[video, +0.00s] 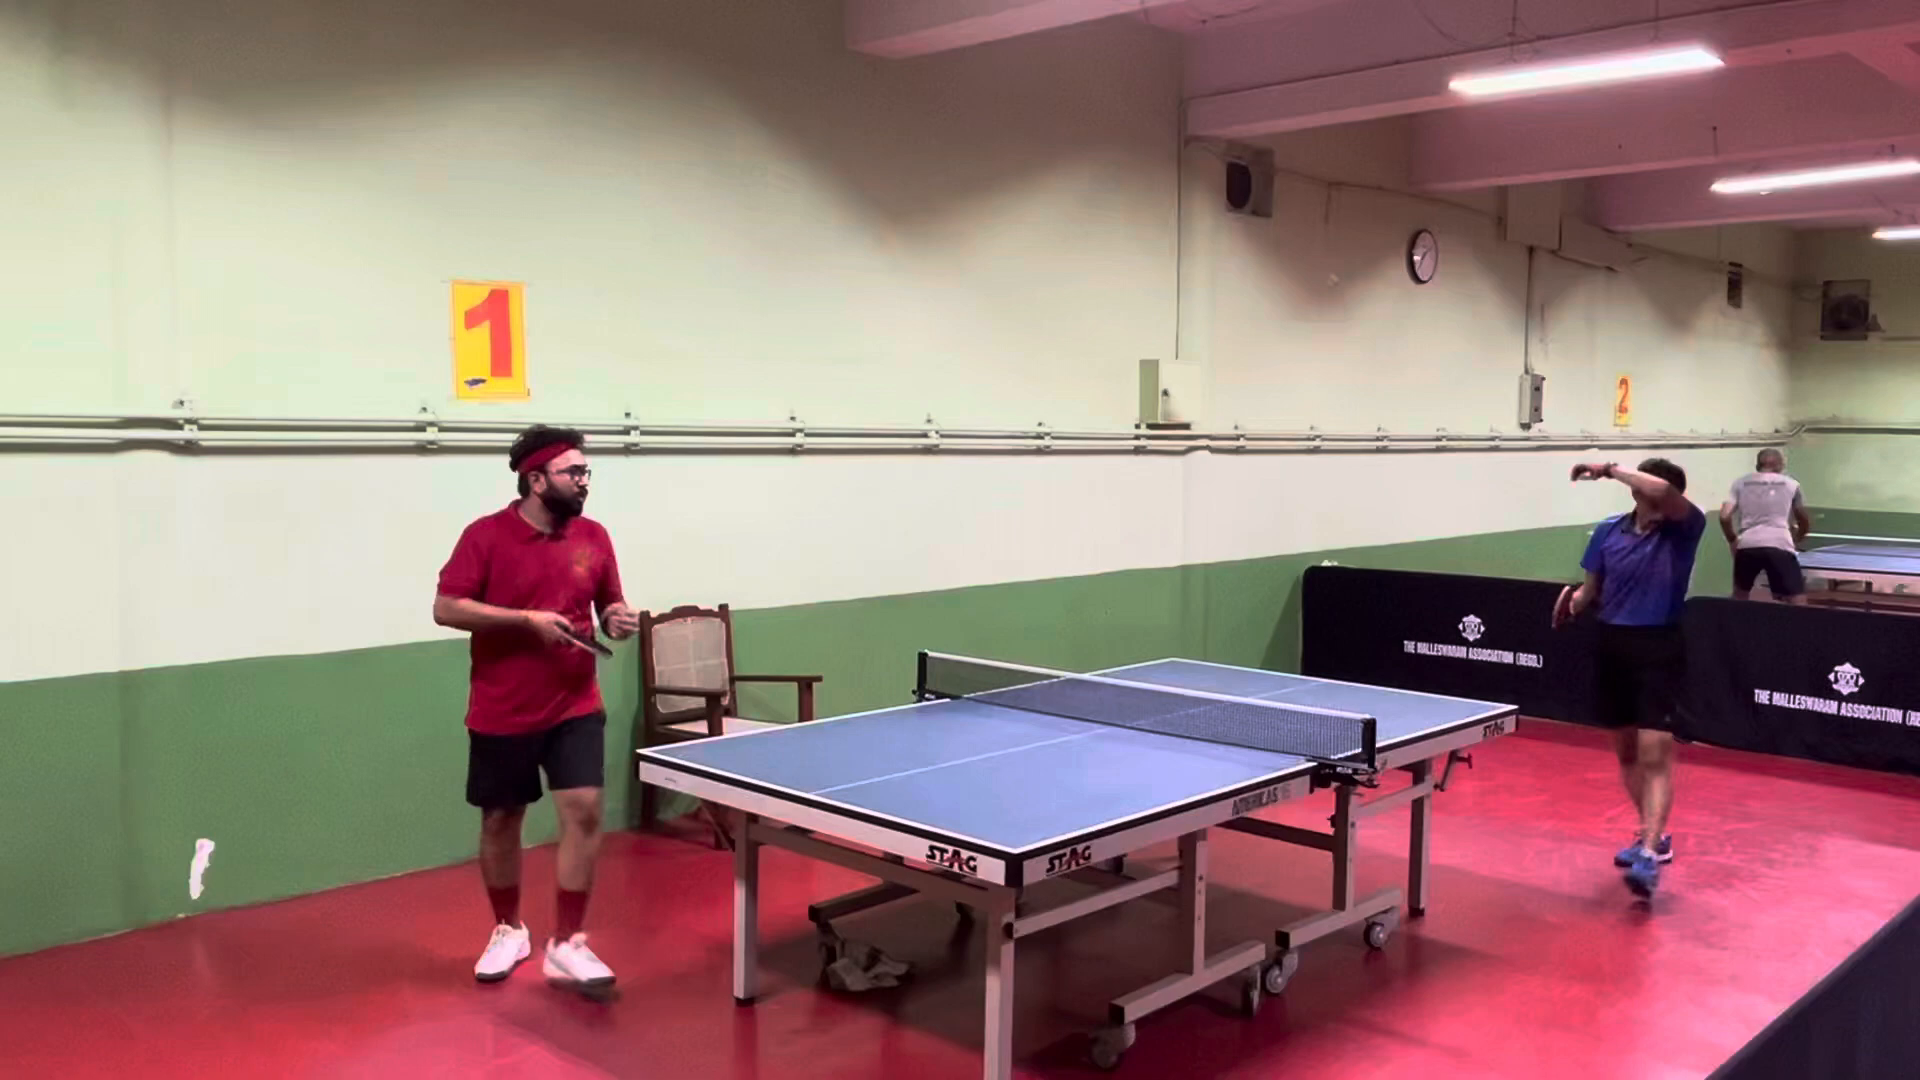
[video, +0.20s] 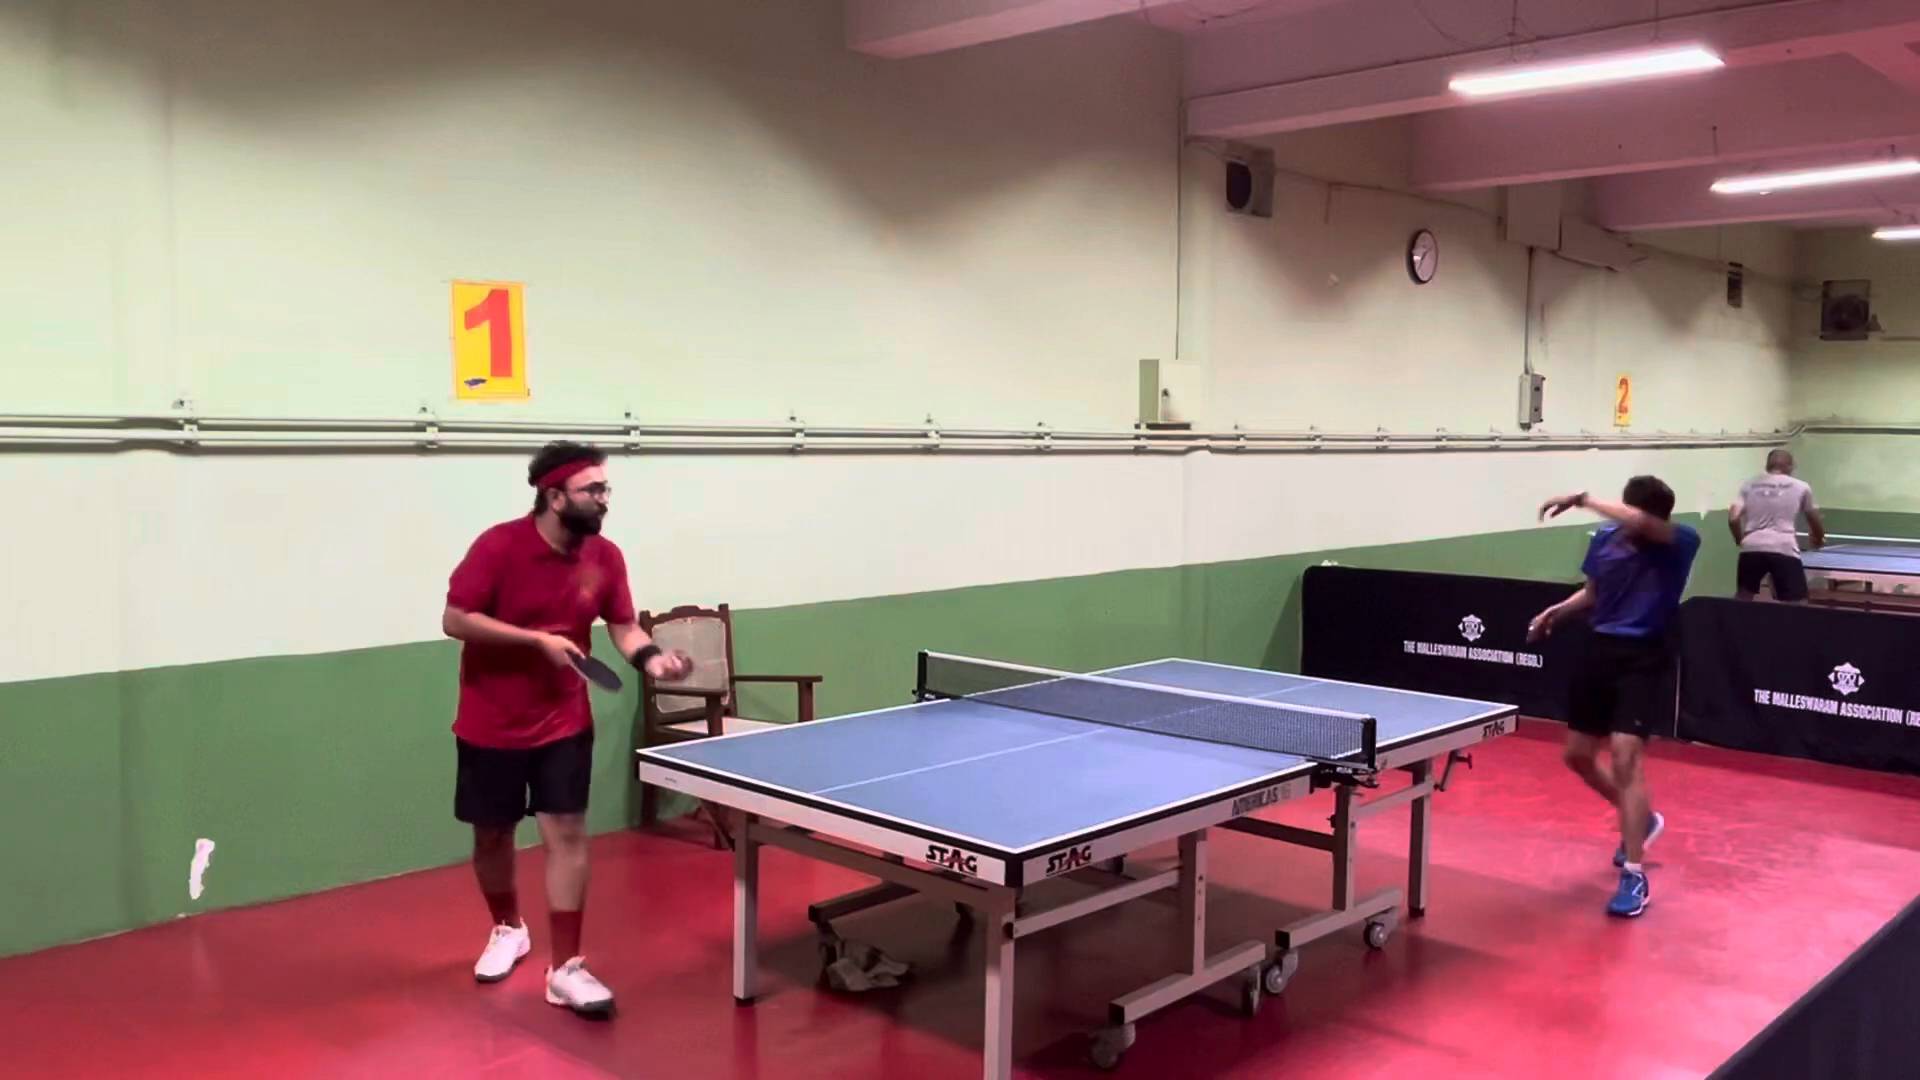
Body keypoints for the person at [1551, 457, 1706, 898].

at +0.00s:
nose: (1654, 496)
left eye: (1661, 490)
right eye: (1650, 488)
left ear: (1674, 497)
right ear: (1637, 491)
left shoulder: (1683, 530)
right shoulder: (1608, 531)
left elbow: (1664, 492)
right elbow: (1591, 588)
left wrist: (1612, 470)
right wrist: (1573, 601)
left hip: (1659, 646)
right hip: (1613, 645)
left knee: (1654, 753)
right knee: (1628, 752)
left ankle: (1648, 851)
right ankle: (1654, 836)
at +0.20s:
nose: (1630, 523)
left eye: (1639, 519)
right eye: (1629, 514)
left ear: (1656, 519)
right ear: (1624, 510)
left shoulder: (1683, 541)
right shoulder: (1606, 538)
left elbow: (1640, 520)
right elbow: (1595, 591)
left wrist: (1584, 500)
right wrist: (1556, 612)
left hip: (1645, 658)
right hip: (1600, 653)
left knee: (1624, 760)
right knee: (1577, 756)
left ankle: (1633, 874)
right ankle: (1640, 818)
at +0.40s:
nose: (1594, 521)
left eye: (1604, 514)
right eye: (1591, 512)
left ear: (1632, 513)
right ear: (1589, 508)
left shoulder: (1659, 554)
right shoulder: (1586, 540)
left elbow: (1633, 617)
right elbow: (1581, 595)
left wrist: (1571, 602)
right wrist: (1538, 614)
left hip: (1630, 660)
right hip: (1582, 651)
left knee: (1616, 762)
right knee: (1525, 729)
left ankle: (1632, 874)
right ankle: (1565, 808)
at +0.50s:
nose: (1574, 517)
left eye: (1583, 509)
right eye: (1571, 508)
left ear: (1611, 510)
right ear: (1570, 506)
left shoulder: (1642, 559)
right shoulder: (1569, 543)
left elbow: (1641, 634)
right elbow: (1566, 593)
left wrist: (1575, 651)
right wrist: (1518, 620)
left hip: (1618, 662)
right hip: (1571, 654)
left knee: (1611, 765)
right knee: (1520, 727)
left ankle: (1631, 875)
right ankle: (1510, 815)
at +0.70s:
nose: (1524, 526)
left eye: (1533, 518)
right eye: (1520, 518)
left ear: (1559, 518)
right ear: (1518, 518)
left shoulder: (1596, 562)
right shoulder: (1518, 558)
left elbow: (1636, 627)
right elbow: (1518, 612)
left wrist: (1592, 672)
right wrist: (1478, 642)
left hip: (1583, 667)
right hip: (1532, 665)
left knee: (1591, 765)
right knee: (1485, 744)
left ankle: (1629, 874)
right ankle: (1462, 826)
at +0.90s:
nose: (1483, 531)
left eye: (1490, 523)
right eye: (1478, 524)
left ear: (1517, 521)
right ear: (1479, 526)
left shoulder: (1566, 558)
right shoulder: (1488, 567)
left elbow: (1621, 598)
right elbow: (1489, 622)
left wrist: (1578, 644)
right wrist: (1460, 646)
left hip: (1567, 666)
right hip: (1513, 664)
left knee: (1590, 763)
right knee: (1463, 736)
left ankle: (1629, 873)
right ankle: (1460, 827)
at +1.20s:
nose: (1478, 549)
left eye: (1485, 540)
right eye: (1474, 541)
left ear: (1513, 538)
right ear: (1476, 541)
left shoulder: (1559, 574)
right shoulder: (1487, 575)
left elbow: (1615, 621)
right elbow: (1492, 630)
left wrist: (1570, 663)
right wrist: (1458, 651)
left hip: (1570, 668)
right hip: (1519, 668)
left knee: (1593, 765)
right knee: (1464, 736)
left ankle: (1630, 874)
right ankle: (1460, 826)